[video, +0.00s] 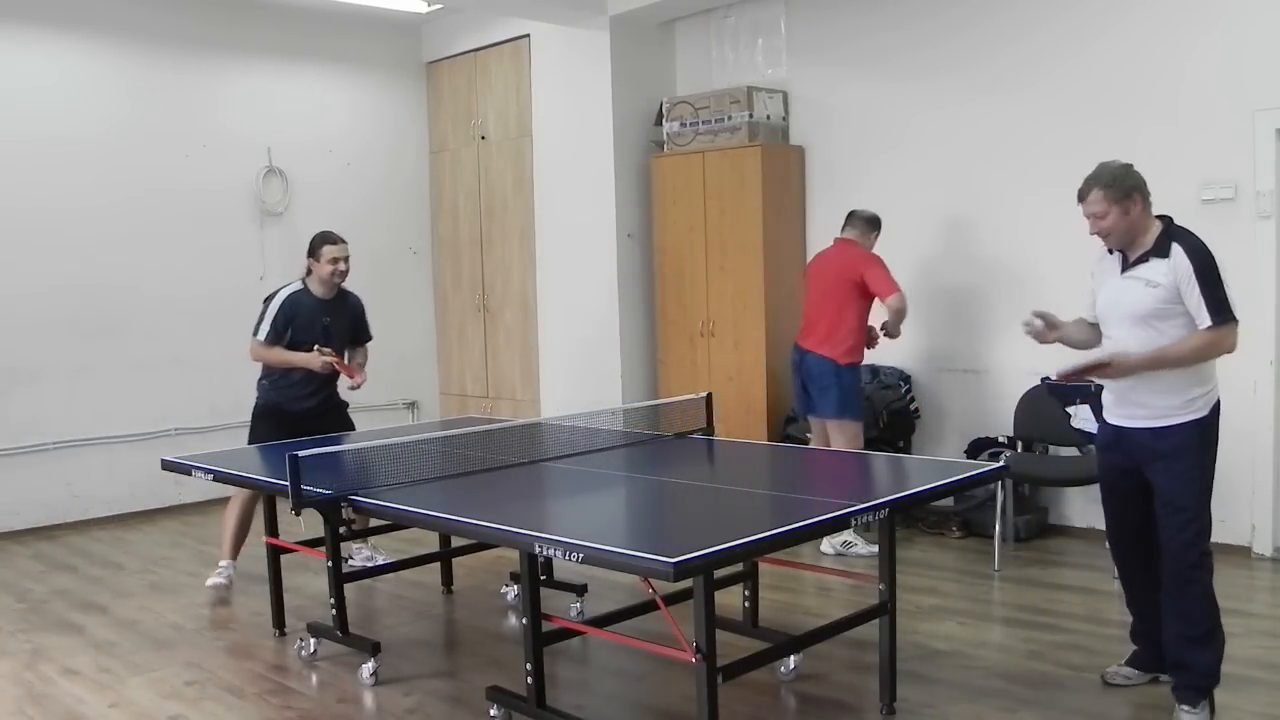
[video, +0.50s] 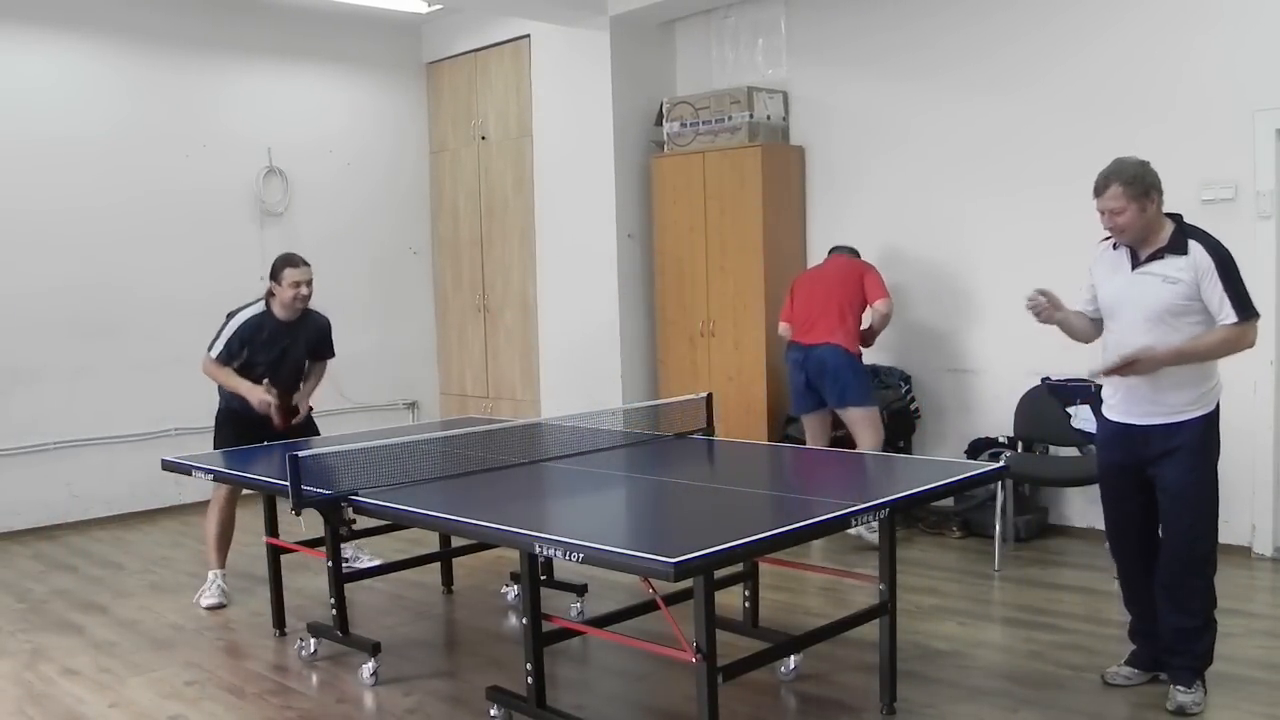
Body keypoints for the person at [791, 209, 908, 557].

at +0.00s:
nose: (874, 245)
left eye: (874, 241)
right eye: (876, 241)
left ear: (843, 230)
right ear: (872, 237)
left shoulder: (819, 258)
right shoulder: (864, 259)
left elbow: (824, 307)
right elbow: (897, 303)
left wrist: (860, 329)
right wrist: (892, 327)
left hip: (807, 359)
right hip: (836, 365)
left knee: (820, 445)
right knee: (848, 452)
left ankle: (818, 525)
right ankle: (838, 531)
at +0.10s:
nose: (868, 245)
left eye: (866, 240)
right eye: (870, 240)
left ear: (838, 232)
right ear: (867, 237)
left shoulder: (814, 262)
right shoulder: (866, 260)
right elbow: (901, 303)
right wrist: (893, 325)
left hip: (807, 361)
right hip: (840, 366)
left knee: (818, 447)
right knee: (847, 452)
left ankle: (820, 527)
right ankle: (839, 532)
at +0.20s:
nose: (863, 247)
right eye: (864, 242)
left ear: (832, 236)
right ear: (862, 240)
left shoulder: (809, 265)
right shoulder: (867, 262)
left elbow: (798, 318)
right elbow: (896, 307)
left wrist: (830, 327)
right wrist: (887, 325)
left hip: (806, 363)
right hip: (843, 365)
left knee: (819, 450)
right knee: (848, 453)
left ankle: (824, 528)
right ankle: (839, 532)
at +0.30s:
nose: (858, 251)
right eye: (859, 247)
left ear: (828, 244)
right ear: (859, 245)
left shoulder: (806, 269)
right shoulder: (864, 264)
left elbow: (791, 323)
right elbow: (887, 310)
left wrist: (824, 331)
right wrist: (879, 329)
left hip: (803, 363)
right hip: (842, 364)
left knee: (819, 449)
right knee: (855, 451)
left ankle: (826, 526)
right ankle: (842, 530)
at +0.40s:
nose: (858, 257)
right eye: (858, 253)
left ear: (827, 252)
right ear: (857, 252)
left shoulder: (802, 274)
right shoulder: (864, 265)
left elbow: (786, 325)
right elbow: (882, 306)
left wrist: (819, 336)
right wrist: (873, 331)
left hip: (799, 358)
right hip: (837, 359)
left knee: (817, 443)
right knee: (869, 443)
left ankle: (817, 519)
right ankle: (856, 522)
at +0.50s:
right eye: (858, 260)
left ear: (827, 259)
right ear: (855, 258)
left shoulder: (802, 277)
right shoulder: (863, 269)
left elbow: (783, 329)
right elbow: (882, 308)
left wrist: (815, 334)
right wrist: (870, 334)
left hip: (798, 357)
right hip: (837, 357)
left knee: (815, 442)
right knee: (870, 439)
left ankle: (812, 517)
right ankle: (865, 515)